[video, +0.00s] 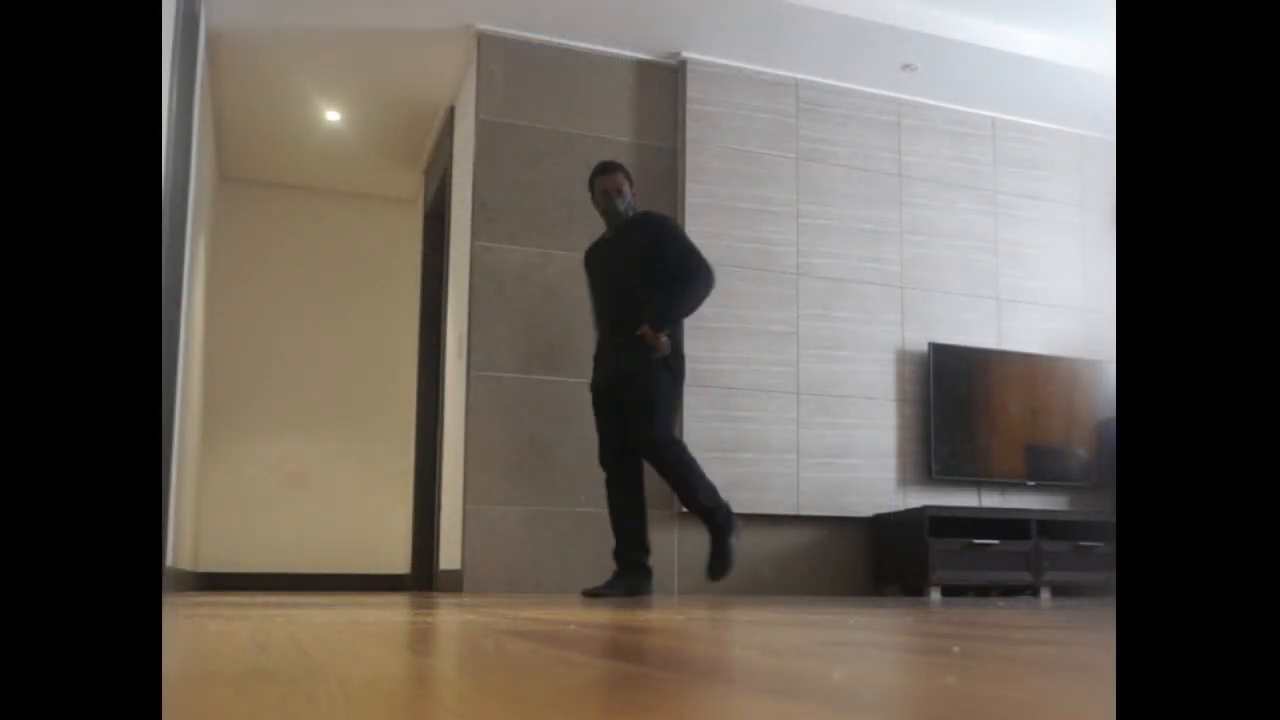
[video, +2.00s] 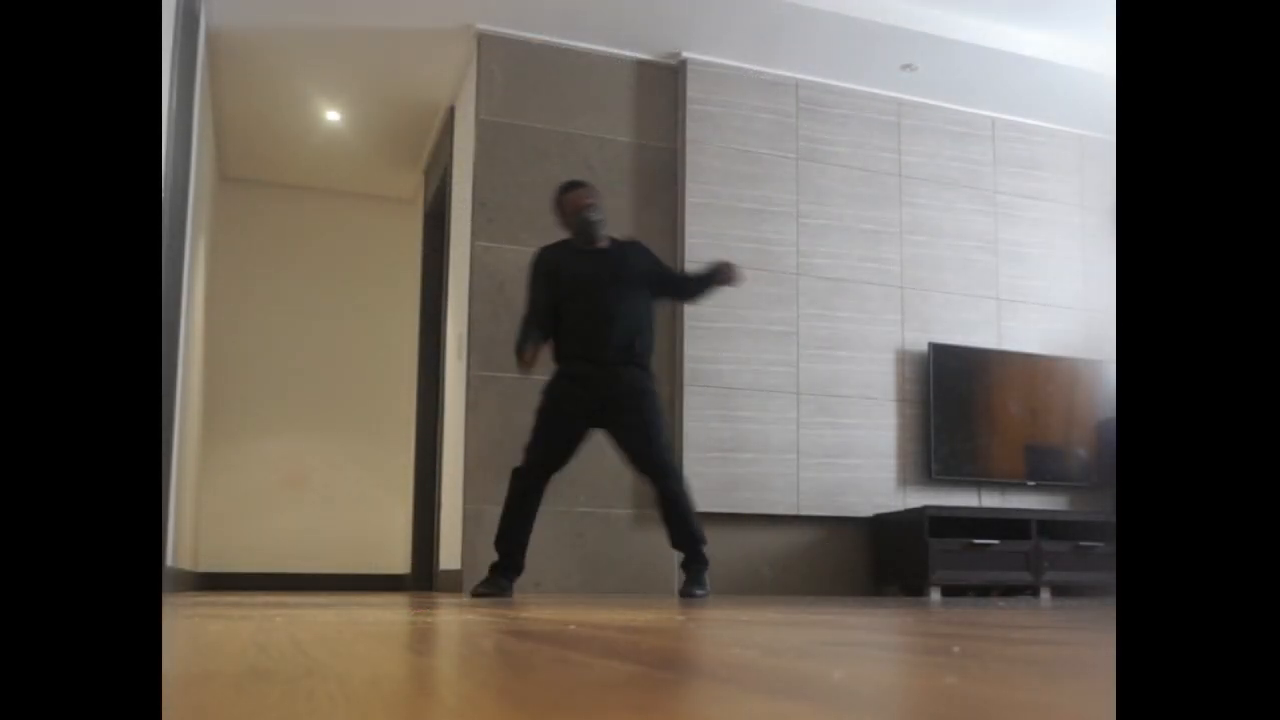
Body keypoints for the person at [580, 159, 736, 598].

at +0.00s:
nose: (613, 200)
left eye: (619, 191)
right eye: (604, 195)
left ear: (632, 192)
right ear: (593, 202)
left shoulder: (657, 228)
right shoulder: (596, 255)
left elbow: (701, 277)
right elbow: (605, 317)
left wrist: (662, 322)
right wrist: (602, 368)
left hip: (655, 363)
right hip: (611, 368)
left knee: (656, 443)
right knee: (618, 464)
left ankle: (720, 520)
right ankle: (632, 571)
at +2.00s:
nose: (588, 211)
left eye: (592, 203)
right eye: (577, 207)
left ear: (602, 209)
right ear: (562, 218)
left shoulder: (632, 256)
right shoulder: (552, 261)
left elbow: (678, 287)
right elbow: (539, 312)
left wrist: (712, 277)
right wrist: (528, 344)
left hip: (628, 388)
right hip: (572, 387)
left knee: (663, 472)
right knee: (532, 473)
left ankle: (695, 566)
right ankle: (504, 572)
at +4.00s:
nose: (606, 193)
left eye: (617, 186)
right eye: (605, 186)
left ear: (644, 192)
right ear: (605, 193)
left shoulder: (674, 243)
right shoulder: (583, 245)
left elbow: (701, 312)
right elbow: (520, 260)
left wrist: (739, 360)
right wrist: (476, 282)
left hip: (662, 378)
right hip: (607, 378)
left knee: (668, 474)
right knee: (591, 466)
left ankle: (665, 571)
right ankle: (567, 570)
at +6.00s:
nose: (857, 214)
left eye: (863, 208)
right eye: (848, 208)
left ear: (870, 214)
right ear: (831, 217)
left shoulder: (890, 247)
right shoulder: (804, 260)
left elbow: (934, 203)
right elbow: (754, 251)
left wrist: (869, 190)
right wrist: (794, 201)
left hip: (877, 378)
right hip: (829, 381)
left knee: (896, 461)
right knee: (828, 471)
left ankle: (941, 554)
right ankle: (820, 568)